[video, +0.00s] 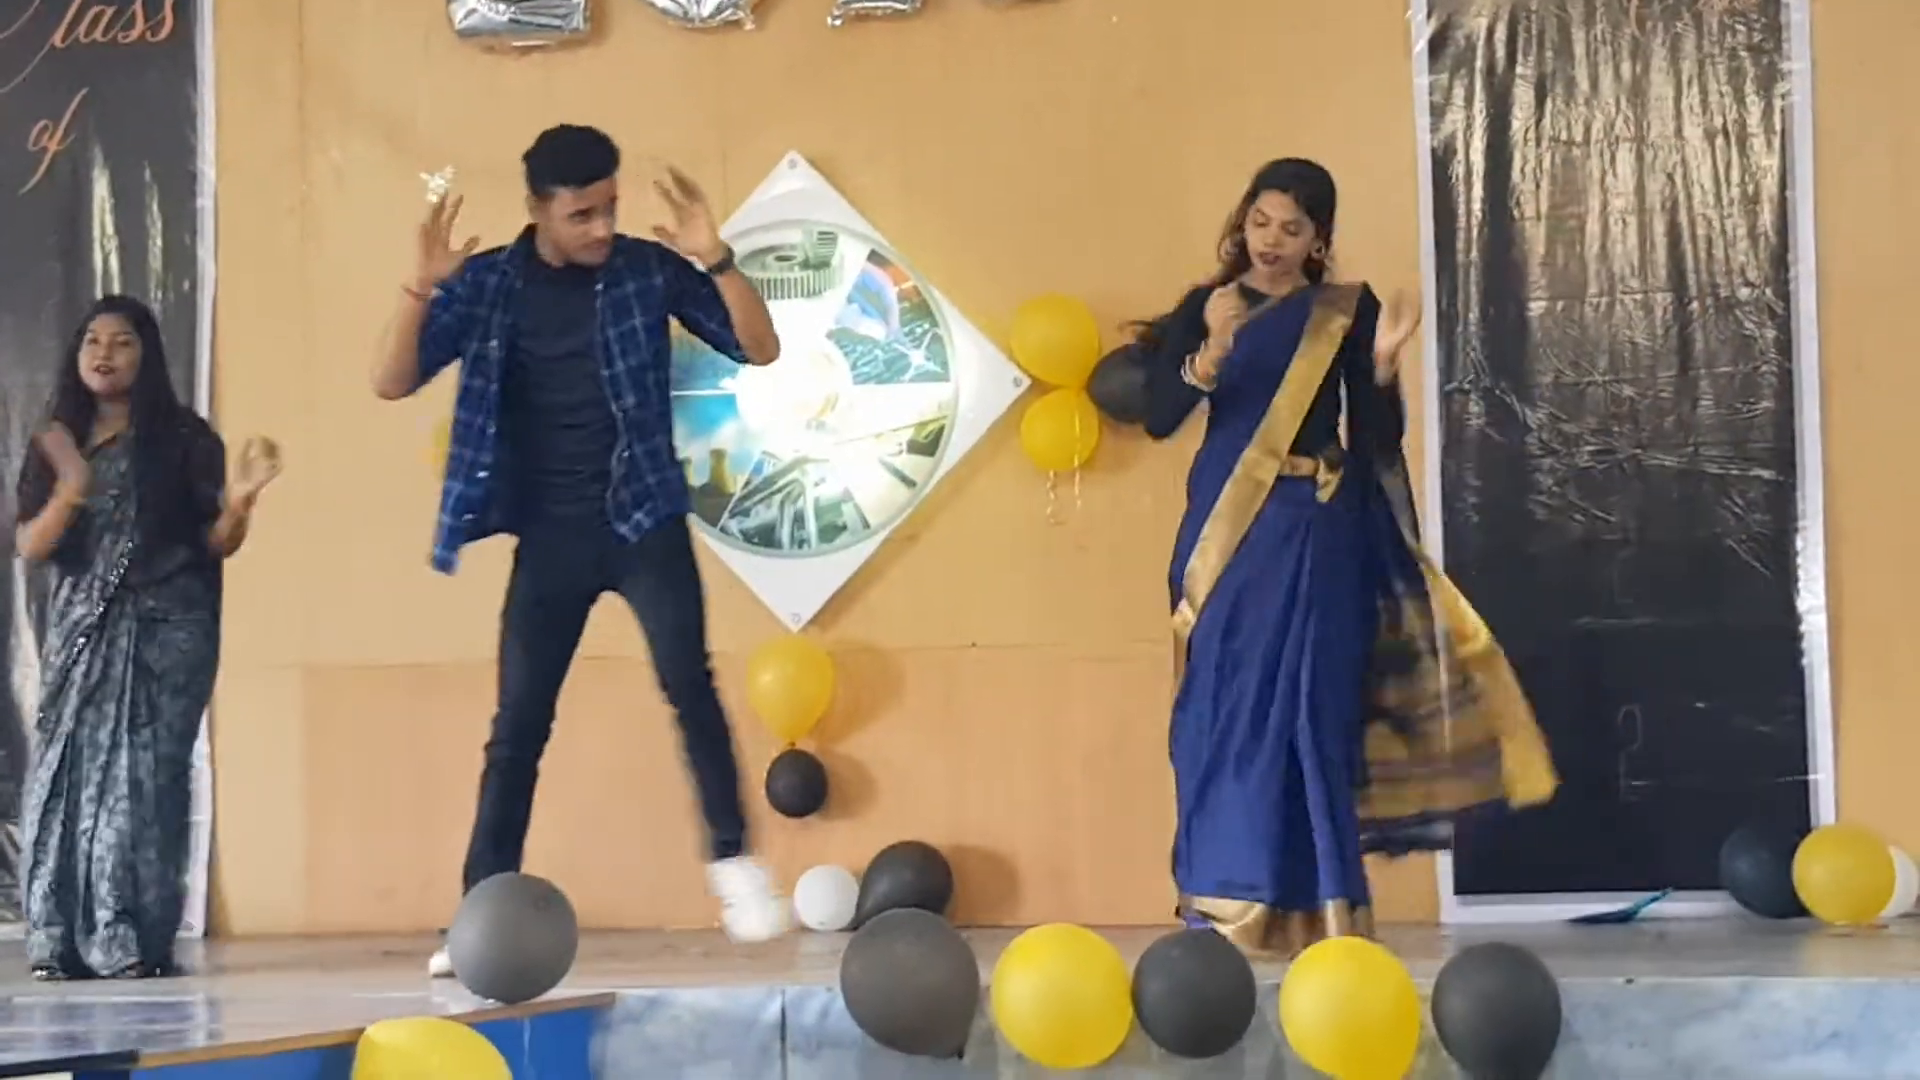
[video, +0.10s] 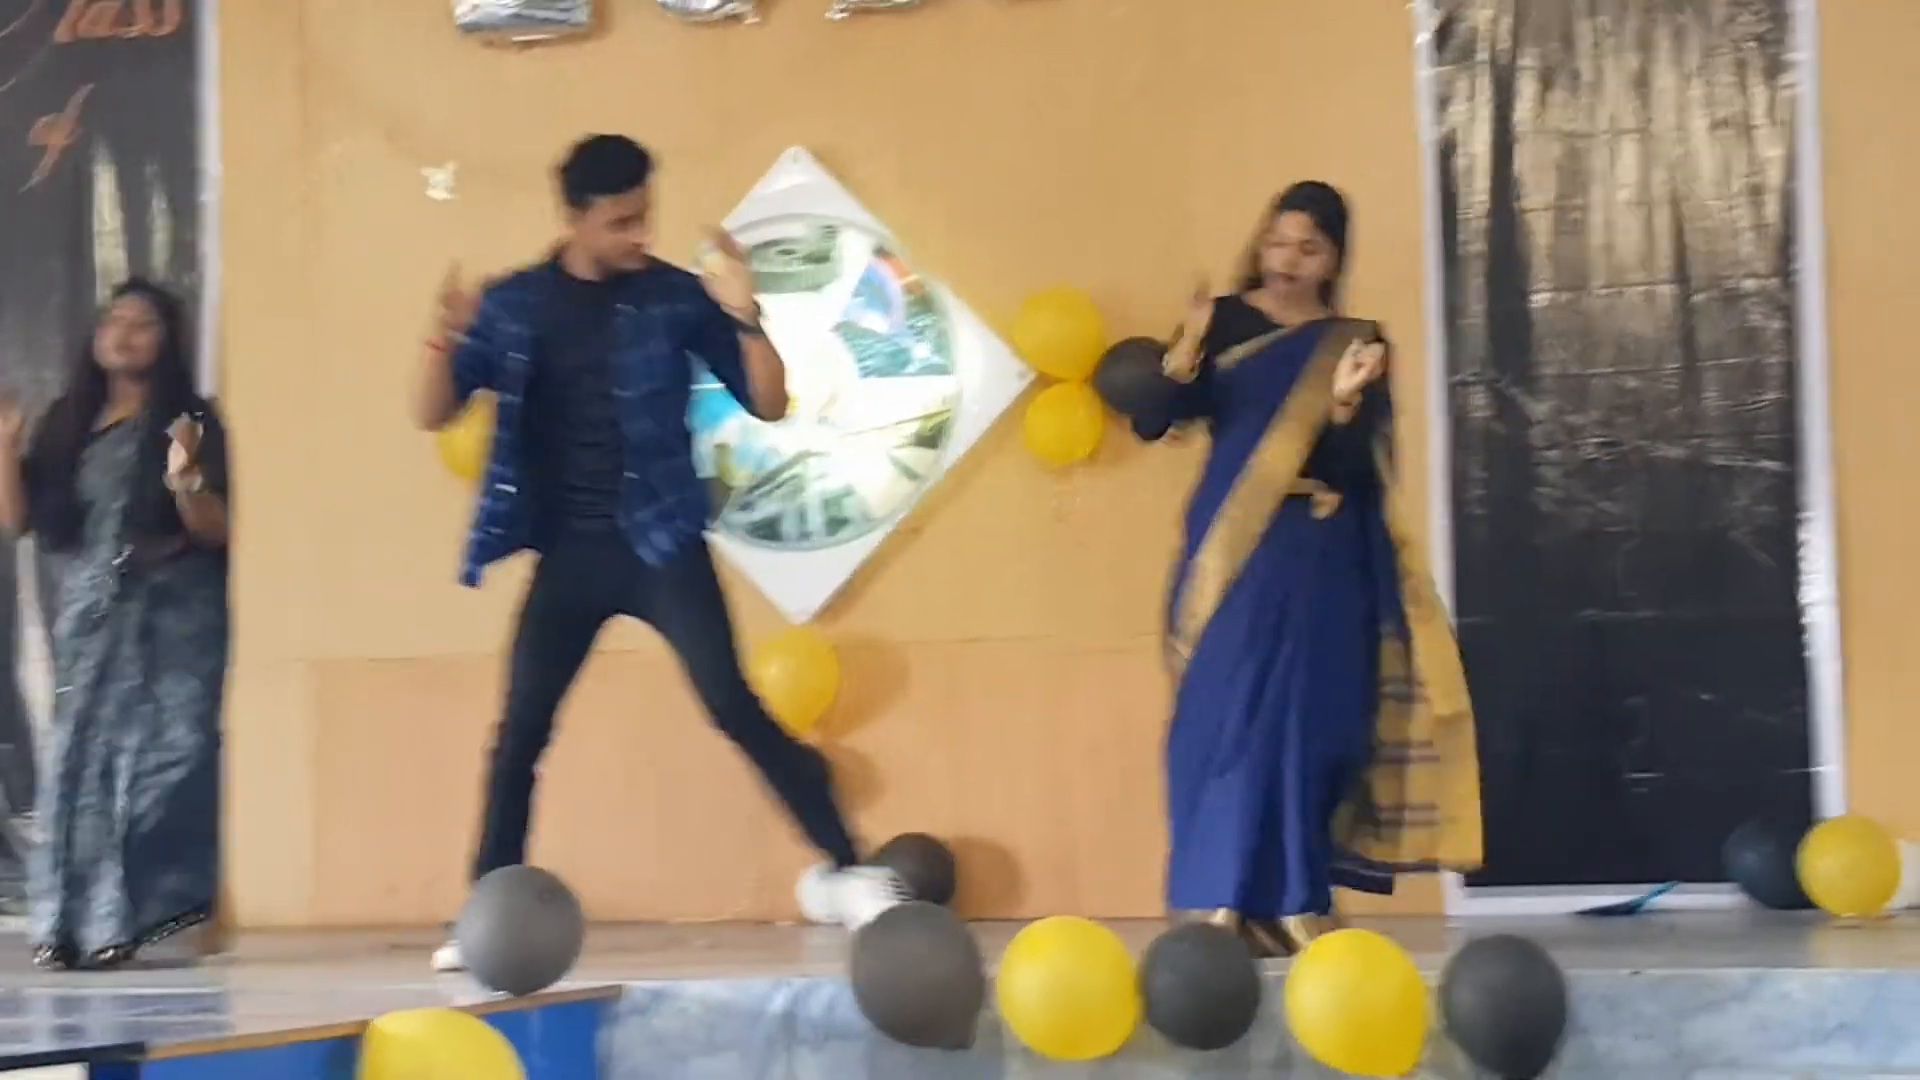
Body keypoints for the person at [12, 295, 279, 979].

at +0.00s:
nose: (104, 355)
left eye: (121, 344)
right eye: (93, 342)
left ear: (148, 356)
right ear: (77, 355)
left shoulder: (189, 439)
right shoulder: (56, 441)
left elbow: (217, 545)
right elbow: (31, 546)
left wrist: (237, 508)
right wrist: (69, 486)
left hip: (169, 628)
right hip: (86, 628)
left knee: (148, 775)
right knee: (70, 771)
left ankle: (136, 939)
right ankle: (61, 938)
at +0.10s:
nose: (125, 337)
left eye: (142, 327)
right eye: (115, 324)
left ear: (168, 341)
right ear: (96, 336)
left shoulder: (193, 422)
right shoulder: (71, 420)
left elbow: (217, 532)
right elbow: (21, 521)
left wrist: (189, 482)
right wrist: (10, 453)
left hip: (176, 617)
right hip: (94, 617)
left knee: (167, 757)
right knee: (84, 755)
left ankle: (130, 919)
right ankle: (68, 923)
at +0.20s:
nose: (160, 317)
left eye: (176, 307)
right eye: (149, 304)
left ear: (200, 321)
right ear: (128, 315)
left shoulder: (216, 400)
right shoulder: (98, 392)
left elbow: (225, 499)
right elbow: (28, 475)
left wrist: (151, 440)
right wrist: (9, 408)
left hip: (203, 603)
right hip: (123, 602)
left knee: (219, 744)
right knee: (114, 746)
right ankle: (98, 916)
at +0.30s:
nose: (188, 309)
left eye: (206, 299)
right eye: (177, 297)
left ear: (230, 314)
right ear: (159, 309)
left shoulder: (240, 392)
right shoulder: (131, 390)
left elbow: (221, 480)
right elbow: (52, 469)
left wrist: (127, 434)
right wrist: (28, 406)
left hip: (216, 583)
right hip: (141, 588)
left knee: (250, 738)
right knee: (127, 741)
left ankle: (322, 877)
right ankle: (107, 916)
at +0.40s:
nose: (227, 316)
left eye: (244, 306)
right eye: (216, 304)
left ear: (270, 319)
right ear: (198, 316)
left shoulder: (278, 401)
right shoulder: (179, 391)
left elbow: (232, 475)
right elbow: (108, 430)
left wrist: (137, 445)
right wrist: (49, 407)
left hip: (249, 588)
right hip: (179, 586)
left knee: (281, 738)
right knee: (148, 739)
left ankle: (350, 894)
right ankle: (116, 916)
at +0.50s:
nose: (267, 316)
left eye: (284, 305)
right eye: (256, 305)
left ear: (311, 318)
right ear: (240, 318)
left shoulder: (324, 395)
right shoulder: (225, 398)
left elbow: (274, 473)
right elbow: (139, 456)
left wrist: (170, 456)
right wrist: (76, 423)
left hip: (290, 580)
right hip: (217, 581)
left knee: (309, 736)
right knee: (174, 729)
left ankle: (366, 894)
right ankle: (130, 906)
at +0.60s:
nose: (308, 303)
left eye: (324, 292)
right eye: (296, 292)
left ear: (352, 306)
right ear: (280, 308)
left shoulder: (370, 383)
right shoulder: (267, 387)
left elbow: (322, 456)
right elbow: (185, 435)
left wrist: (219, 452)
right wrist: (85, 430)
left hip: (344, 565)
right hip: (267, 567)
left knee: (350, 721)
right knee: (218, 712)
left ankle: (391, 888)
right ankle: (181, 892)